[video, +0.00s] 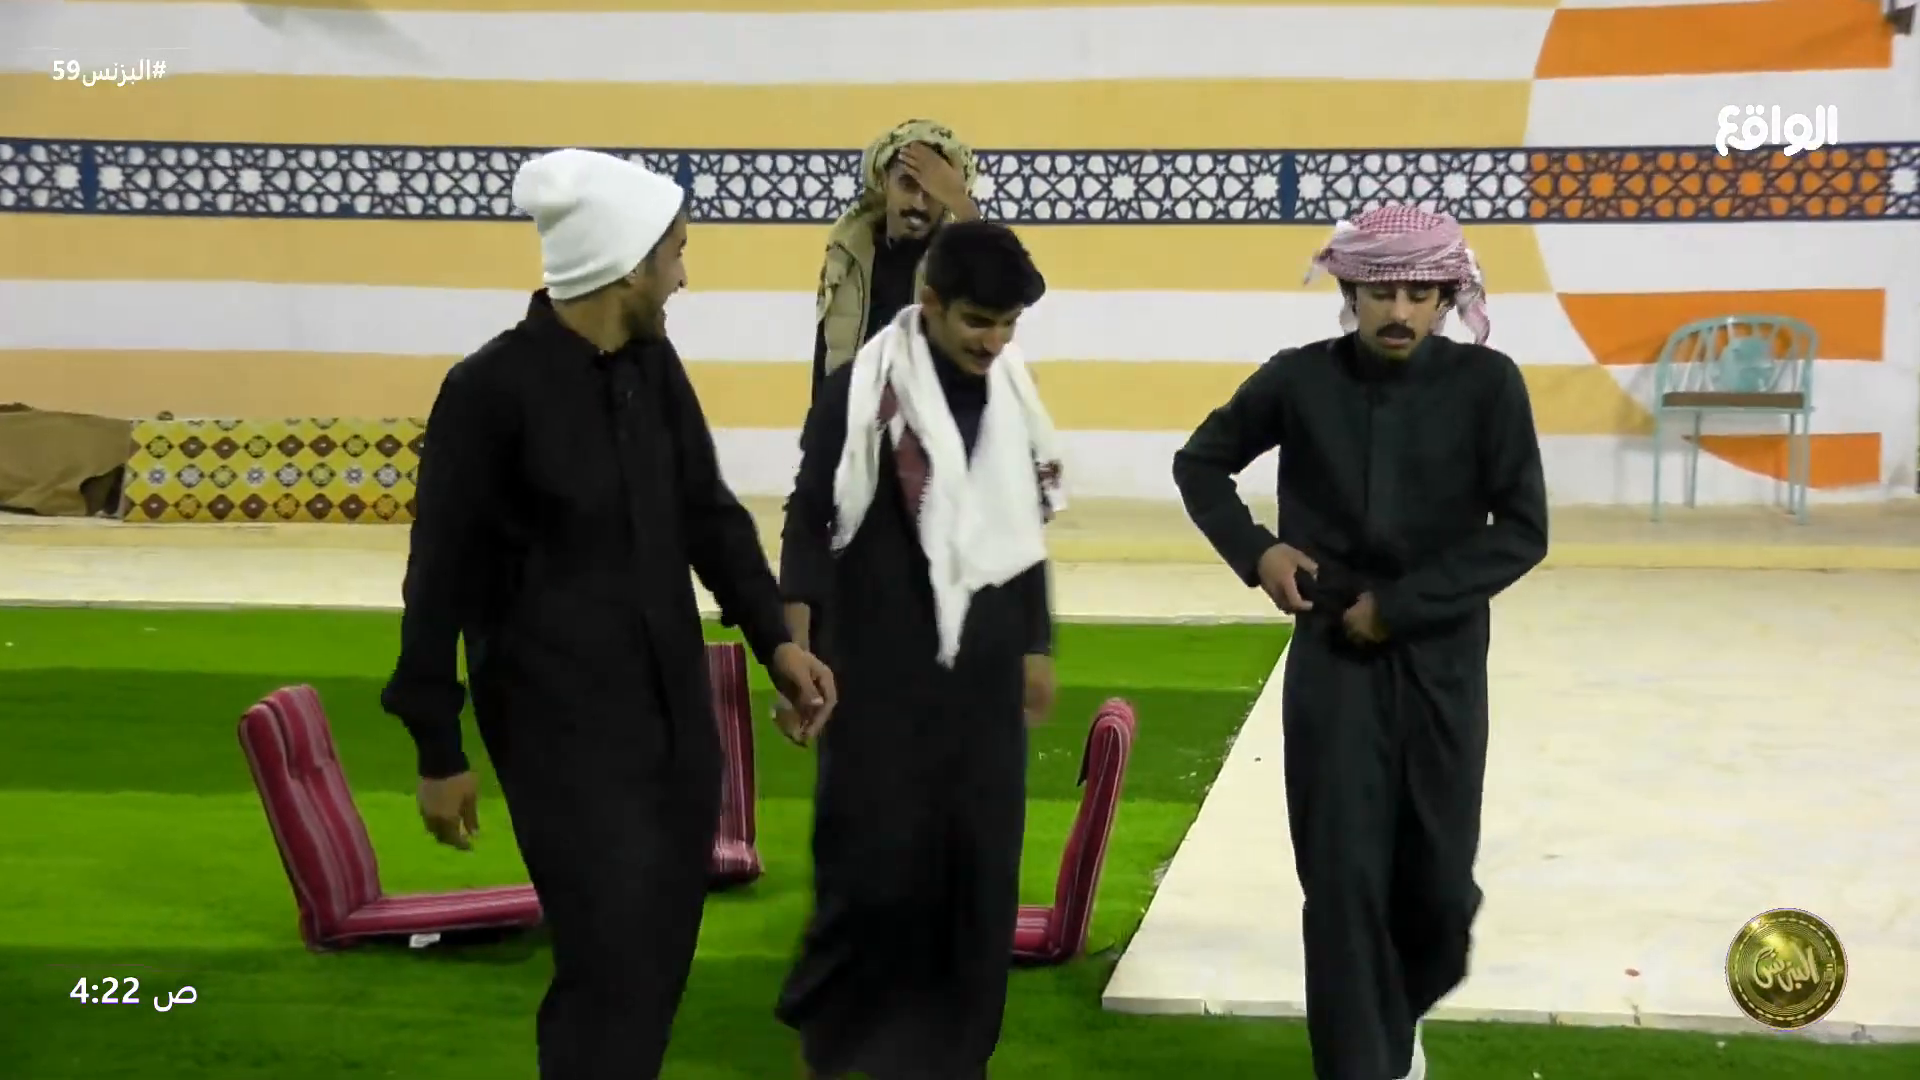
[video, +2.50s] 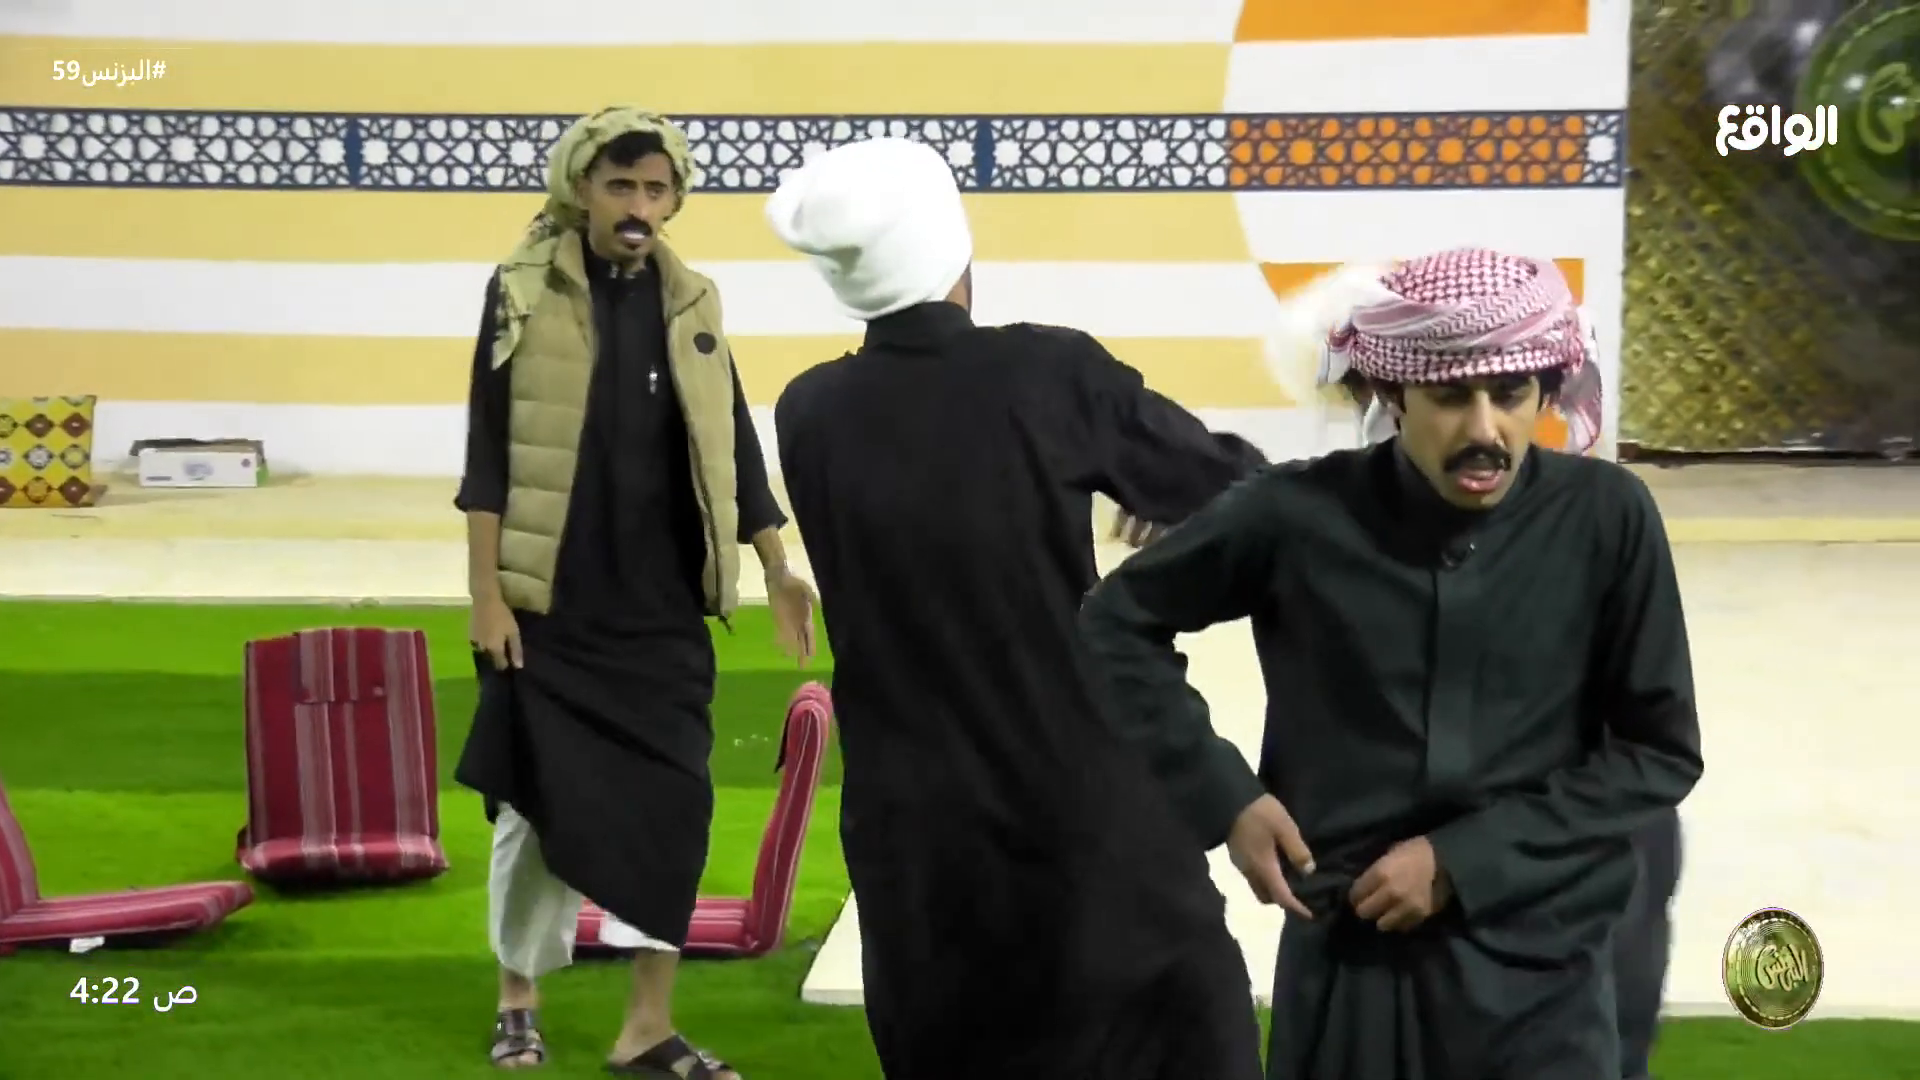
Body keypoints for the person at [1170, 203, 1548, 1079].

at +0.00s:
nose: (1398, 313)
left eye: (1418, 295)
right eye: (1379, 293)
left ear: (1446, 300)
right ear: (1349, 296)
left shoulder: (1490, 384)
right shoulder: (1299, 380)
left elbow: (1523, 534)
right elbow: (1199, 461)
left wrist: (1398, 603)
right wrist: (1257, 550)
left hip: (1445, 668)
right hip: (1334, 666)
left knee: (1441, 895)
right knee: (1343, 889)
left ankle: (1391, 1027)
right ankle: (1360, 1067)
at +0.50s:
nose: (1502, 344)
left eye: (1525, 324)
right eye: (1484, 318)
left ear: (1549, 326)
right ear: (1443, 307)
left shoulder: (1583, 420)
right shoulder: (1357, 401)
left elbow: (1618, 596)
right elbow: (1236, 508)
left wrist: (1470, 676)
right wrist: (1315, 616)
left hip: (1515, 768)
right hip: (1383, 759)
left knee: (1506, 1017)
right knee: (1378, 1011)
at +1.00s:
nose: (1532, 341)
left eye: (1555, 315)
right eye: (1506, 315)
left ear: (1589, 326)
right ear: (1466, 321)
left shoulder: (1652, 445)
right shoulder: (1389, 431)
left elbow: (1707, 638)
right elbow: (1301, 551)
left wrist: (1535, 713)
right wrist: (1367, 664)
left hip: (1590, 805)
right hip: (1447, 799)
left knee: (1571, 1053)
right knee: (1473, 1048)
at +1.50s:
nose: (1609, 378)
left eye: (1640, 352)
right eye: (1582, 346)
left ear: (1675, 366)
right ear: (1533, 349)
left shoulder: (1729, 489)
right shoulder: (1428, 475)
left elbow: (1775, 714)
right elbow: (1295, 609)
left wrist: (1580, 806)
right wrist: (1405, 757)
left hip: (1642, 930)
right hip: (1462, 918)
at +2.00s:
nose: (1567, 419)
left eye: (1594, 386)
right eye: (1536, 386)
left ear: (1634, 382)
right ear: (1487, 381)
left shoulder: (1705, 502)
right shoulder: (1389, 489)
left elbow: (1765, 728)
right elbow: (1267, 635)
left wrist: (1561, 823)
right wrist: (1359, 782)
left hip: (1611, 925)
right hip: (1428, 912)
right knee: (1429, 1061)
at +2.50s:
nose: (1483, 431)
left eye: (1509, 395)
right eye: (1450, 396)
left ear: (1544, 397)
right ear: (1395, 397)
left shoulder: (1608, 516)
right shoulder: (1292, 516)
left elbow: (1659, 753)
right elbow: (1115, 619)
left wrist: (1457, 860)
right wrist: (1229, 799)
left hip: (1541, 985)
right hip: (1344, 979)